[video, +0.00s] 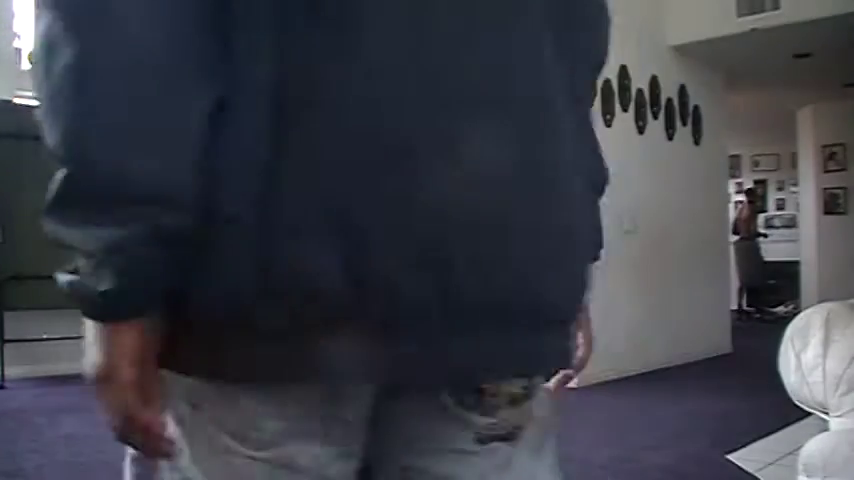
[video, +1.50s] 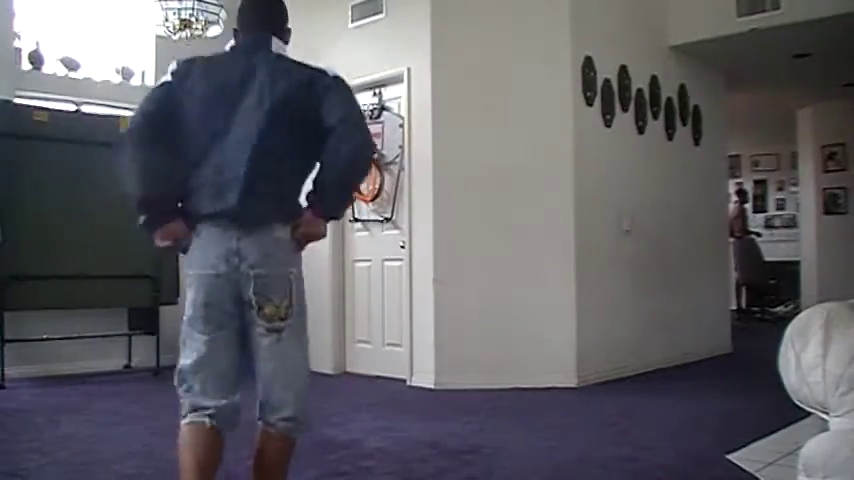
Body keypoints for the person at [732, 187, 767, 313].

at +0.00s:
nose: (758, 199)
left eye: (756, 196)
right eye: (756, 196)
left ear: (746, 196)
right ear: (752, 197)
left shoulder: (741, 209)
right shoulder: (751, 210)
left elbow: (735, 229)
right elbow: (751, 232)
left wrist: (747, 231)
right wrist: (762, 234)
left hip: (739, 245)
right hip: (749, 246)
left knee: (742, 280)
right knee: (750, 278)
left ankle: (740, 306)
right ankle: (752, 306)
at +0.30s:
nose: (750, 199)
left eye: (749, 196)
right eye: (748, 197)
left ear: (740, 197)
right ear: (746, 197)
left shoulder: (736, 209)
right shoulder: (746, 210)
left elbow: (731, 226)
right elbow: (746, 230)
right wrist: (755, 234)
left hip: (737, 243)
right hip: (744, 243)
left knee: (739, 275)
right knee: (744, 276)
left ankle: (739, 305)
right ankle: (743, 306)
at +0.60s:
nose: (744, 199)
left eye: (744, 196)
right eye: (742, 196)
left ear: (737, 197)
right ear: (740, 197)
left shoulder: (731, 209)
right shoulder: (740, 210)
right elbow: (741, 228)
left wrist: (749, 233)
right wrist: (752, 233)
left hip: (734, 242)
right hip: (739, 242)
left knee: (738, 274)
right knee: (739, 274)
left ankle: (739, 305)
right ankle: (739, 305)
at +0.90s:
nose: (744, 199)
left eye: (744, 197)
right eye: (743, 197)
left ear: (735, 197)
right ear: (740, 198)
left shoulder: (732, 209)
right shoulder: (739, 210)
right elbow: (740, 229)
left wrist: (749, 232)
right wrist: (752, 233)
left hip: (734, 243)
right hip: (738, 244)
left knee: (738, 276)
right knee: (743, 275)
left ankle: (739, 305)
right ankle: (743, 305)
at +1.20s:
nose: (746, 199)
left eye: (745, 197)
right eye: (744, 197)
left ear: (736, 197)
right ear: (741, 197)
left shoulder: (732, 209)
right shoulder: (739, 210)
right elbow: (741, 230)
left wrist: (749, 233)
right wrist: (752, 233)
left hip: (733, 242)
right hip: (739, 243)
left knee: (737, 275)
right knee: (742, 275)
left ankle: (738, 304)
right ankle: (742, 305)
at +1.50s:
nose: (748, 199)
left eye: (747, 197)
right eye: (747, 197)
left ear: (737, 196)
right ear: (743, 197)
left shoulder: (732, 208)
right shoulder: (740, 209)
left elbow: (731, 231)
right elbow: (741, 231)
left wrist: (749, 232)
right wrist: (754, 233)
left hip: (734, 244)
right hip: (741, 245)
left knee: (737, 276)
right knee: (742, 276)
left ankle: (738, 304)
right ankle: (742, 305)